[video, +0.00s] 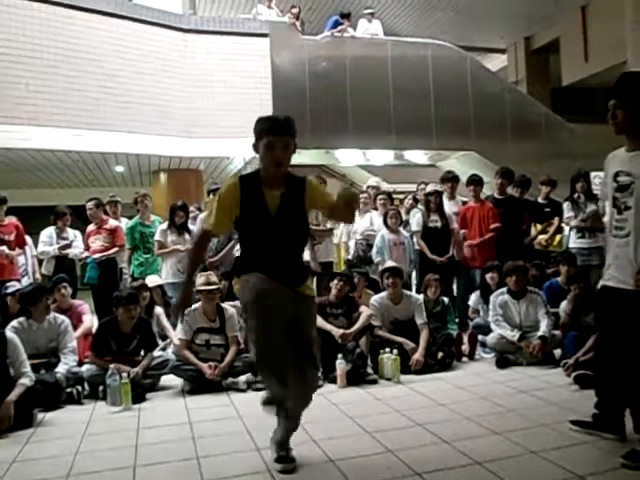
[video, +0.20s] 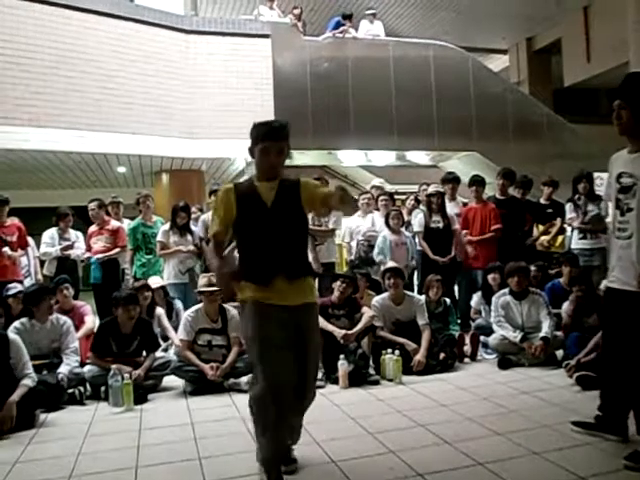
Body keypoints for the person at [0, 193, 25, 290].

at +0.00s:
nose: (1, 209)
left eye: (2, 206)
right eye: (1, 207)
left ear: (5, 206)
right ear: (3, 207)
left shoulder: (14, 225)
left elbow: (21, 246)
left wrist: (13, 253)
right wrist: (5, 252)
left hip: (10, 274)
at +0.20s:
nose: (2, 211)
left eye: (4, 207)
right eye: (1, 208)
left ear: (8, 208)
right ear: (0, 209)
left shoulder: (16, 225)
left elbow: (24, 247)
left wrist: (16, 254)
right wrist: (6, 253)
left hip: (14, 276)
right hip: (2, 275)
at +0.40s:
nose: (2, 212)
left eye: (4, 209)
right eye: (1, 209)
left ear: (8, 208)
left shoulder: (16, 225)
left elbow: (24, 247)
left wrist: (16, 254)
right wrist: (7, 253)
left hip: (13, 276)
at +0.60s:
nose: (2, 210)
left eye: (4, 207)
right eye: (1, 207)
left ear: (8, 208)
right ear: (1, 208)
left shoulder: (16, 225)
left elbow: (24, 247)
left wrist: (16, 254)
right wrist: (6, 253)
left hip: (14, 276)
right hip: (2, 276)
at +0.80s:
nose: (2, 210)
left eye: (4, 207)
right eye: (1, 207)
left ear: (8, 208)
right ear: (0, 209)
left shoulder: (16, 225)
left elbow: (24, 247)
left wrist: (15, 254)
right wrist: (5, 253)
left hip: (13, 276)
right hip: (2, 275)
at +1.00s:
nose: (2, 211)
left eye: (3, 208)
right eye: (1, 208)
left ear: (7, 208)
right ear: (0, 209)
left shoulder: (16, 225)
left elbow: (24, 247)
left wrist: (16, 254)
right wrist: (7, 253)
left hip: (14, 276)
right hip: (2, 276)